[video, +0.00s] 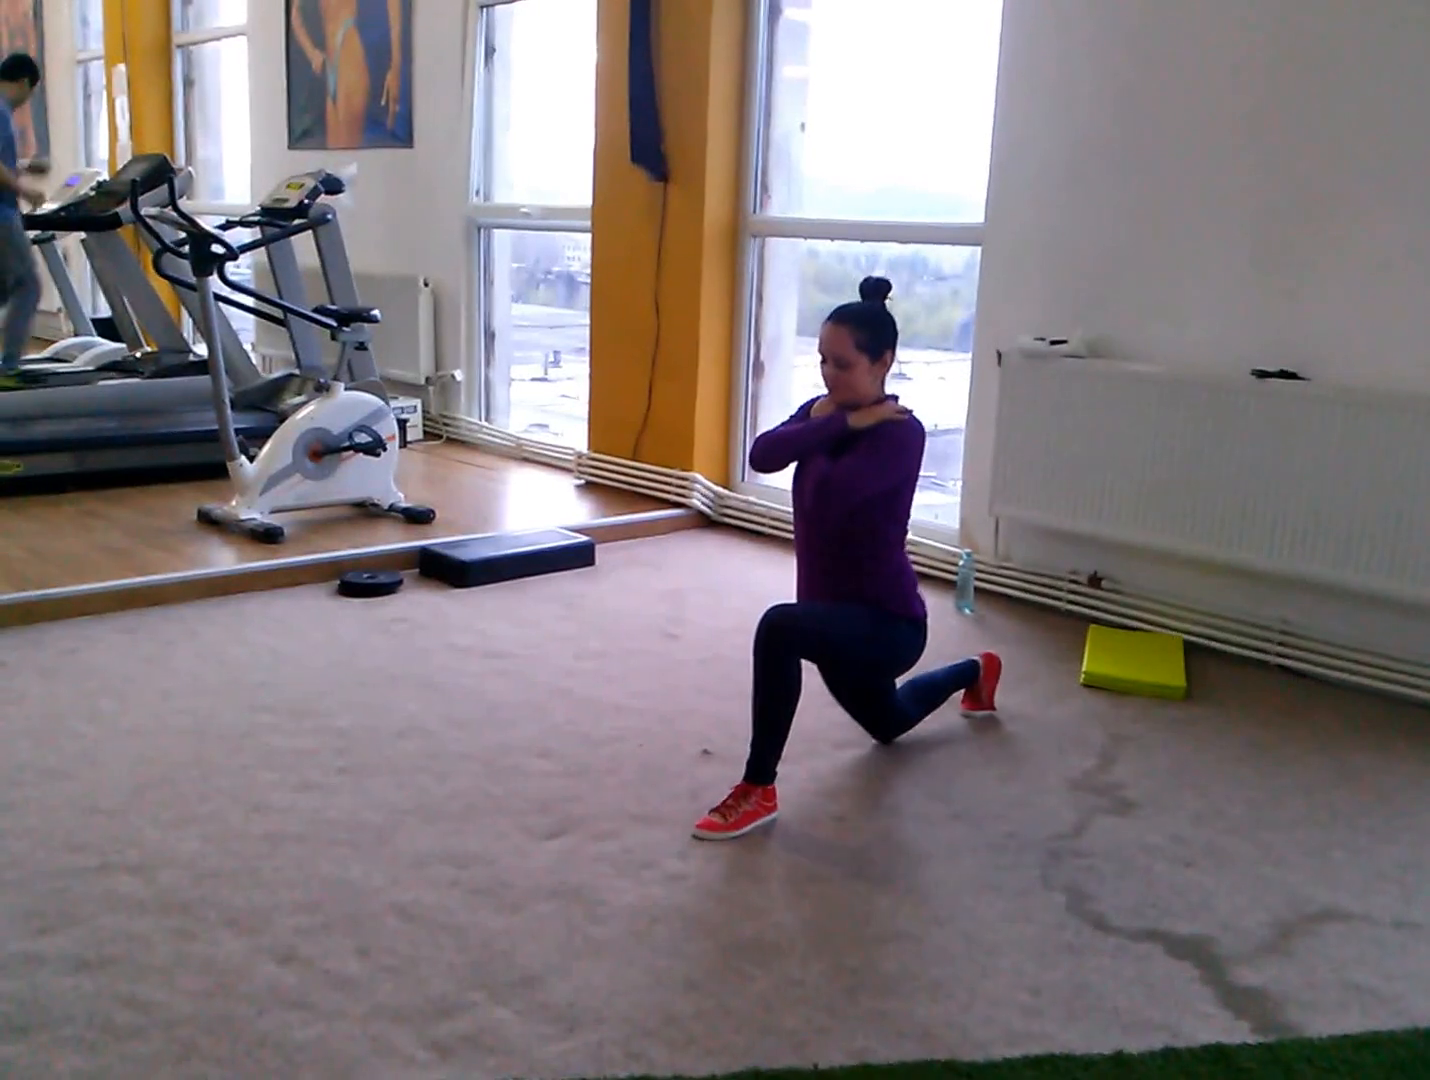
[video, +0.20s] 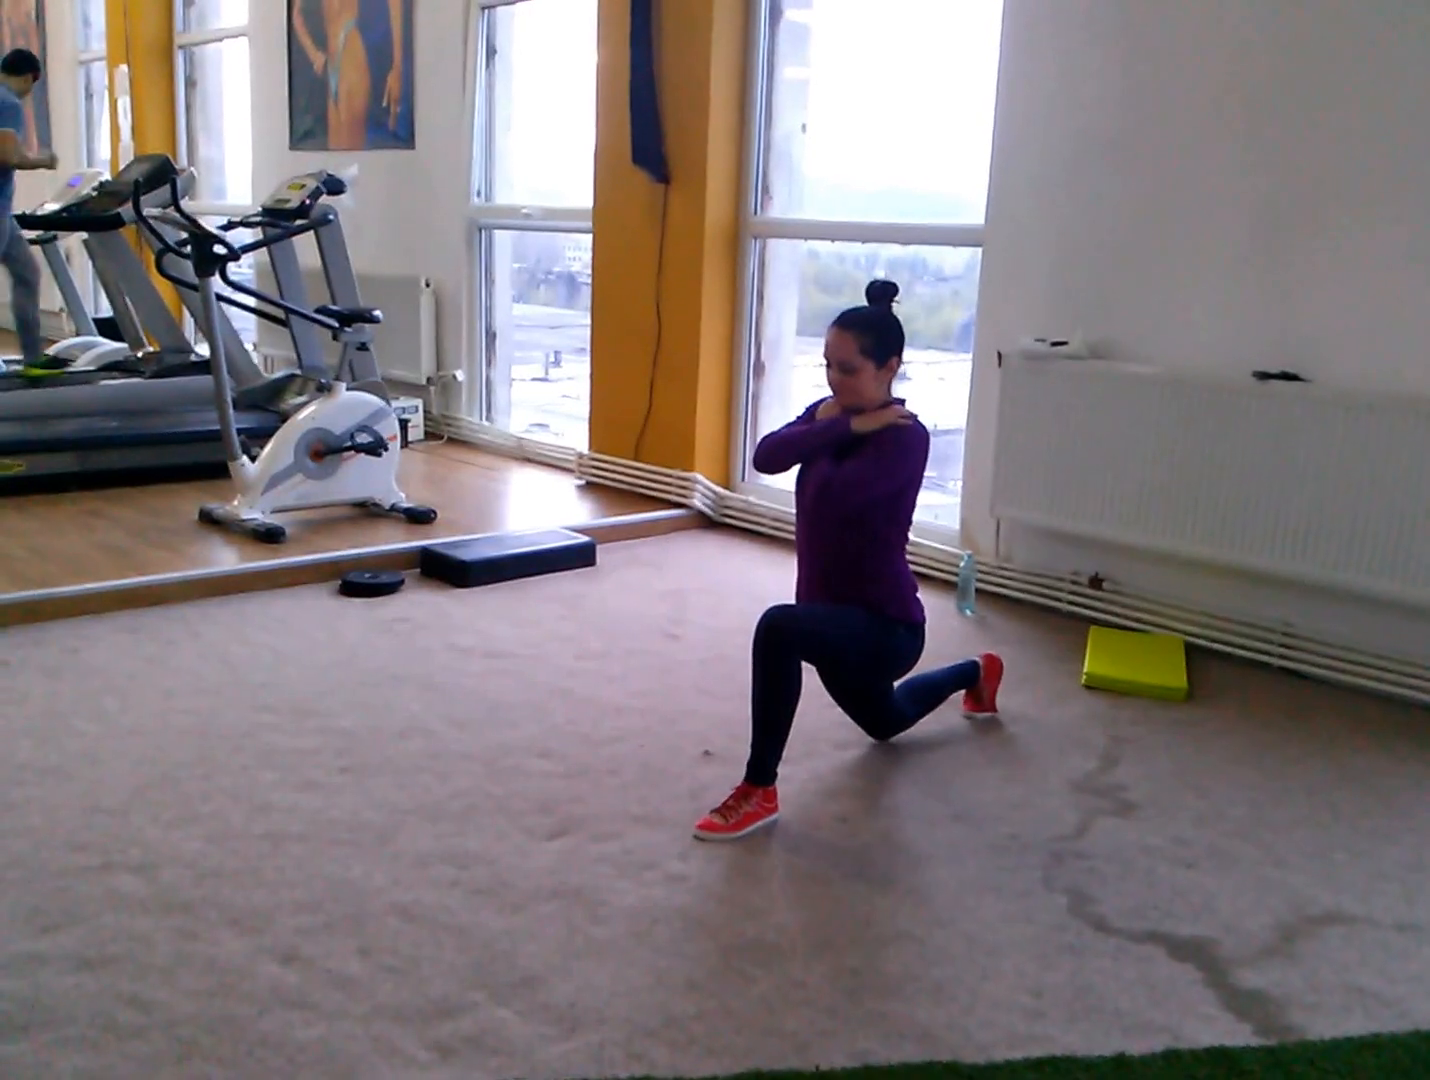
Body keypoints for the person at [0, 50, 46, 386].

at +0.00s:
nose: (29, 96)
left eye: (31, 89)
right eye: (30, 88)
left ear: (10, 80)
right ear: (21, 82)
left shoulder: (5, 114)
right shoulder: (2, 115)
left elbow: (1, 163)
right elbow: (0, 167)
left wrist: (24, 167)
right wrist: (25, 188)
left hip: (9, 211)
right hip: (5, 213)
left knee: (16, 283)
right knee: (27, 283)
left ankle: (10, 360)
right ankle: (9, 362)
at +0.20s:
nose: (31, 89)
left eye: (32, 83)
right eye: (33, 83)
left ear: (6, 71)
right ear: (28, 77)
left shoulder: (5, 102)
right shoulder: (8, 104)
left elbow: (10, 152)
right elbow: (10, 154)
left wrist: (36, 159)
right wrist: (42, 160)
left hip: (4, 216)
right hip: (2, 217)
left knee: (27, 272)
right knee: (26, 272)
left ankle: (33, 355)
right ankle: (32, 355)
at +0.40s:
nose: (29, 95)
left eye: (29, 89)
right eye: (29, 89)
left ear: (4, 83)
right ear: (22, 85)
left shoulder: (8, 115)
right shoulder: (7, 115)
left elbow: (7, 165)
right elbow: (5, 164)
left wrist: (25, 198)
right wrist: (33, 196)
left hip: (9, 215)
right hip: (6, 217)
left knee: (16, 285)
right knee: (17, 286)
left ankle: (6, 357)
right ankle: (4, 357)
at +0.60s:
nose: (31, 83)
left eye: (32, 78)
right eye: (32, 77)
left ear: (5, 70)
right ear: (27, 74)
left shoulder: (7, 105)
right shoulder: (4, 104)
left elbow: (7, 156)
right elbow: (1, 153)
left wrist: (36, 151)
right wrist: (21, 171)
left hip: (9, 204)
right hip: (5, 206)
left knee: (35, 272)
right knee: (36, 272)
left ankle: (43, 357)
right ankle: (44, 358)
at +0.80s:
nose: (34, 93)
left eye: (33, 86)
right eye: (34, 86)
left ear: (5, 81)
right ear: (28, 84)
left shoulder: (7, 117)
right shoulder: (9, 119)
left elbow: (10, 174)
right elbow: (9, 174)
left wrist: (35, 194)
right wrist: (40, 196)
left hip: (9, 218)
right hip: (7, 219)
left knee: (20, 286)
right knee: (25, 287)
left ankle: (4, 359)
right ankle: (3, 359)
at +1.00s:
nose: (34, 81)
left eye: (35, 75)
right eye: (34, 74)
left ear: (7, 70)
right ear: (26, 71)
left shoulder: (8, 99)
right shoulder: (15, 101)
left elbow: (21, 149)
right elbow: (20, 150)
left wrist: (40, 153)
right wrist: (45, 154)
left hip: (10, 213)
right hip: (6, 214)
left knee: (33, 274)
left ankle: (53, 355)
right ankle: (52, 354)